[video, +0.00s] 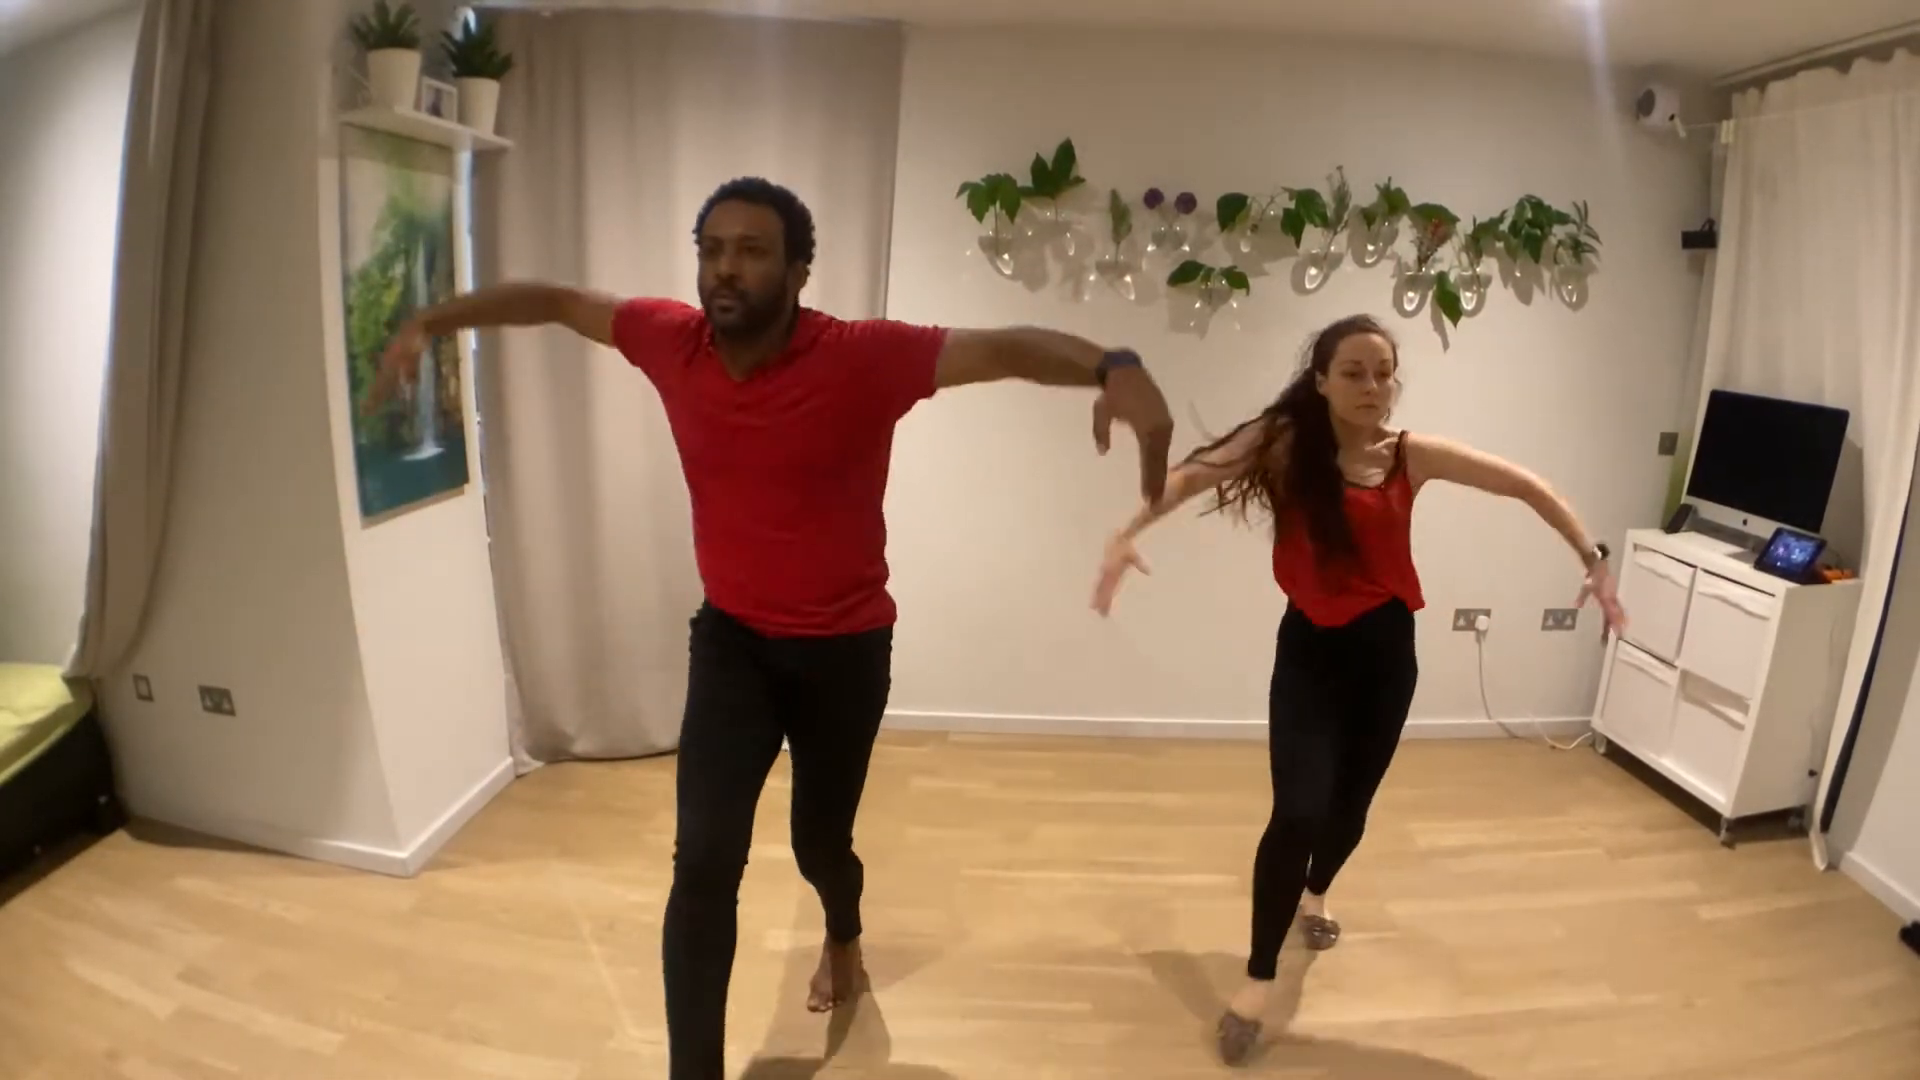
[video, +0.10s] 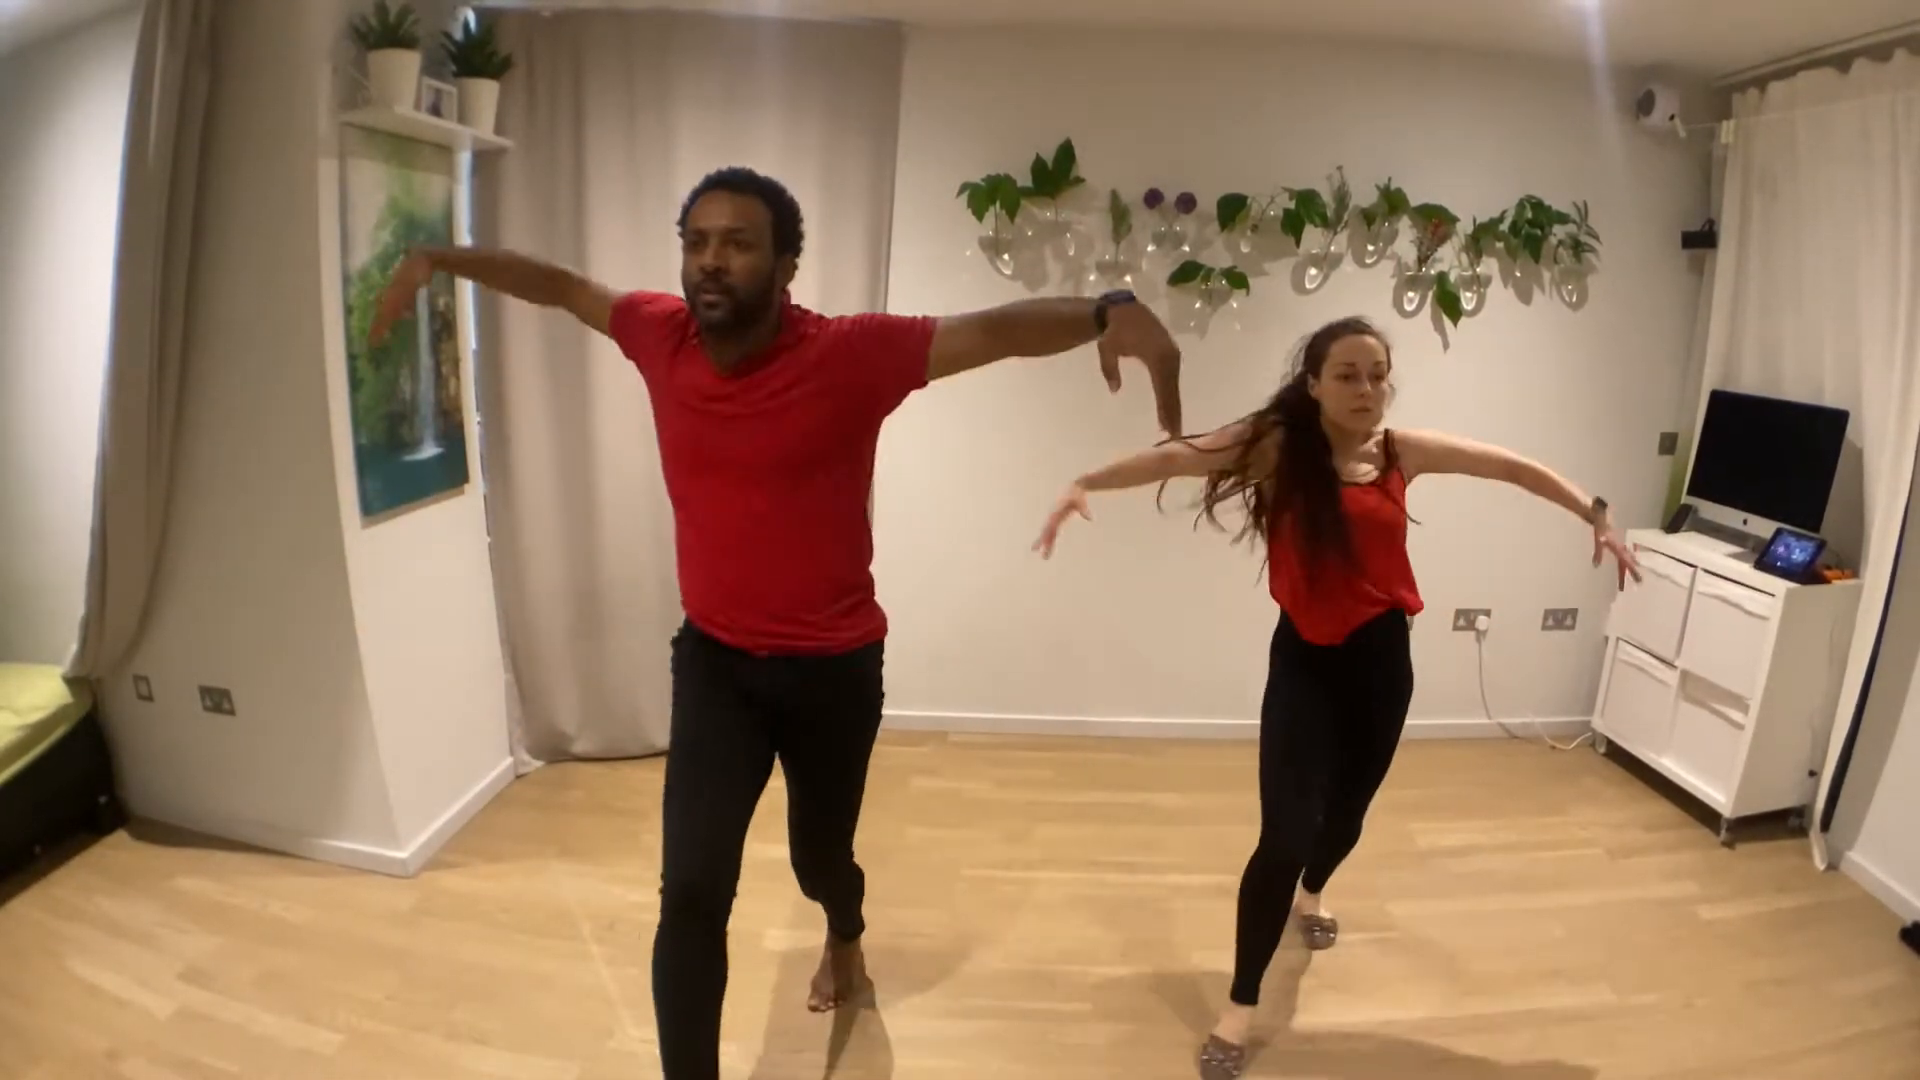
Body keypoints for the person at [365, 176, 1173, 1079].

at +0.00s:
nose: (729, 270)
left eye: (753, 253)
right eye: (715, 251)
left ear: (800, 271)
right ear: (696, 262)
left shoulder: (867, 356)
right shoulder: (670, 340)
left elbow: (1009, 350)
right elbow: (557, 303)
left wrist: (1117, 364)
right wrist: (432, 317)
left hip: (845, 645)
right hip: (733, 638)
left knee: (818, 842)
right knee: (705, 862)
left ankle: (843, 939)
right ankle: (693, 1073)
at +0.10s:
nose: (711, 262)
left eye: (738, 244)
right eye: (698, 242)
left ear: (786, 265)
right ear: (680, 257)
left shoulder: (855, 353)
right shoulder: (659, 335)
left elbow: (994, 330)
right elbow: (559, 288)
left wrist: (1111, 309)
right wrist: (438, 256)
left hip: (832, 668)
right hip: (716, 663)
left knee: (820, 861)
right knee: (691, 896)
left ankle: (844, 935)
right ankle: (691, 1079)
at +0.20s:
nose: (692, 257)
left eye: (720, 238)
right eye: (676, 238)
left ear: (770, 259)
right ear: (659, 254)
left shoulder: (841, 360)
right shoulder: (642, 342)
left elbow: (989, 340)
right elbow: (563, 313)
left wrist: (1105, 298)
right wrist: (452, 243)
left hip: (818, 689)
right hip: (695, 685)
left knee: (815, 879)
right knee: (672, 939)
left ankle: (845, 933)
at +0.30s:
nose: (666, 267)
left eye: (696, 246)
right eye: (652, 245)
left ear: (752, 269)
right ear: (636, 259)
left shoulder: (817, 383)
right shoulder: (622, 376)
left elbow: (984, 384)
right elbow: (552, 376)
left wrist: (1097, 316)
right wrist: (452, 281)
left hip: (794, 727)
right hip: (663, 723)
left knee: (805, 912)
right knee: (645, 981)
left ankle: (836, 956)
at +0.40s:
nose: (650, 278)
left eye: (681, 254)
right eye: (637, 256)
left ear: (742, 278)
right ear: (621, 272)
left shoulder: (807, 408)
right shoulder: (615, 403)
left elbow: (984, 451)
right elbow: (538, 458)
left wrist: (1112, 366)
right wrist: (429, 357)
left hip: (774, 747)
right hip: (645, 743)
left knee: (785, 949)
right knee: (620, 1011)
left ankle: (843, 953)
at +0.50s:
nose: (647, 293)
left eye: (675, 272)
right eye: (633, 272)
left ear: (737, 291)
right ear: (617, 289)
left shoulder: (808, 430)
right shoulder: (607, 428)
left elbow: (986, 512)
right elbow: (505, 515)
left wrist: (1146, 466)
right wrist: (375, 422)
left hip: (767, 759)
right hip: (638, 756)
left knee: (781, 957)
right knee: (620, 1021)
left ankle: (848, 930)